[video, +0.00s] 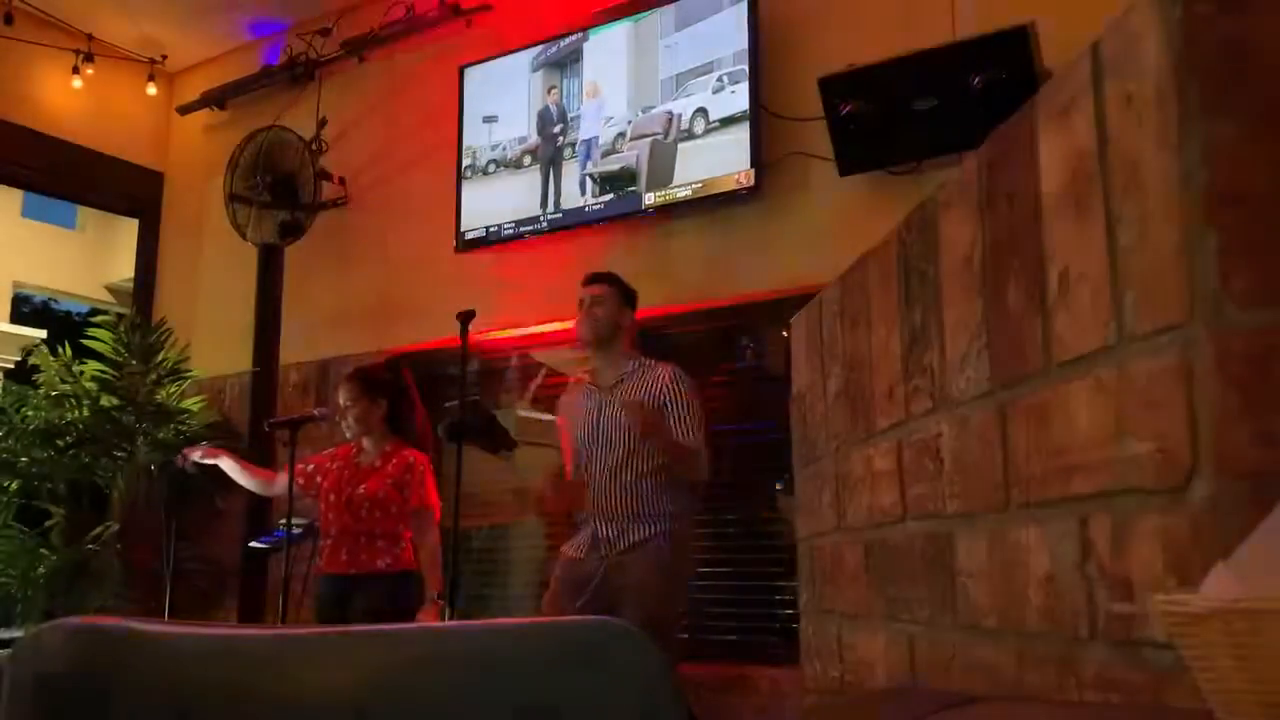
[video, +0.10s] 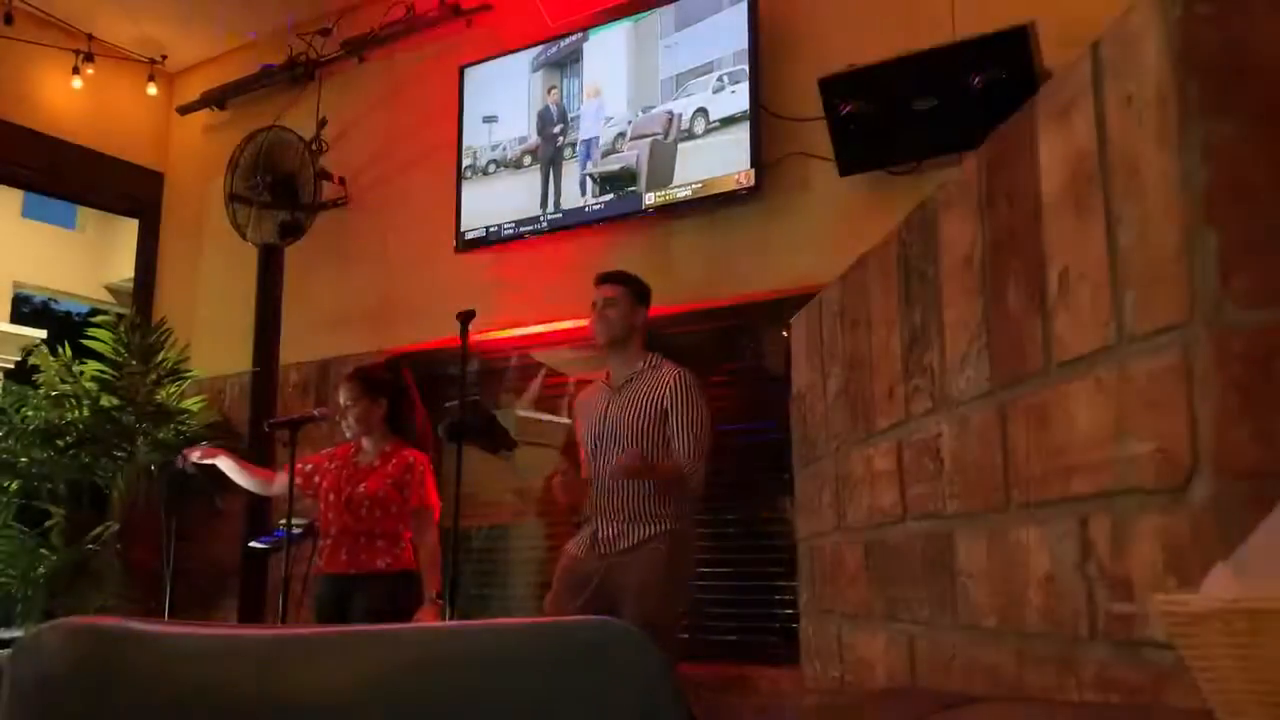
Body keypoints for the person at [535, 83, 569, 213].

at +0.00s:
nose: (556, 96)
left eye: (557, 94)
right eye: (554, 94)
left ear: (559, 95)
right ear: (548, 96)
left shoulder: (561, 109)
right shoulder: (542, 112)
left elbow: (565, 125)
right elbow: (540, 132)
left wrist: (563, 136)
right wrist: (552, 130)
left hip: (558, 148)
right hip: (545, 149)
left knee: (558, 180)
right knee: (545, 180)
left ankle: (557, 205)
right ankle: (543, 207)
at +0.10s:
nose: (556, 96)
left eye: (557, 94)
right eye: (554, 94)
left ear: (559, 96)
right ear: (548, 96)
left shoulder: (562, 109)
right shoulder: (542, 112)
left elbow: (566, 125)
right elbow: (540, 131)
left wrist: (563, 136)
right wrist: (552, 130)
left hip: (558, 149)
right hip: (546, 149)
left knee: (557, 180)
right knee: (545, 181)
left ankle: (557, 205)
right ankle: (543, 207)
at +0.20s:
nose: (556, 96)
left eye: (557, 94)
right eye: (554, 94)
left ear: (559, 95)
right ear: (548, 96)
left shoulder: (562, 109)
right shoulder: (542, 112)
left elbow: (566, 124)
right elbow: (540, 131)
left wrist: (563, 136)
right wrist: (552, 130)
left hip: (558, 148)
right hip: (546, 149)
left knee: (557, 180)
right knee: (545, 180)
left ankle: (557, 205)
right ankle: (544, 206)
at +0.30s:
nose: (556, 96)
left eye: (557, 93)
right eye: (553, 94)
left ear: (559, 95)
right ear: (548, 96)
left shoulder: (561, 109)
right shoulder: (542, 112)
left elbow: (565, 124)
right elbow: (539, 131)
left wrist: (563, 136)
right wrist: (552, 129)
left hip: (558, 148)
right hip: (545, 149)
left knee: (558, 180)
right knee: (545, 180)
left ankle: (557, 205)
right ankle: (543, 207)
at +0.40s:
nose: (556, 96)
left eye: (557, 93)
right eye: (554, 94)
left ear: (558, 95)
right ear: (548, 95)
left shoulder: (561, 109)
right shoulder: (542, 112)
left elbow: (565, 125)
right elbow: (539, 131)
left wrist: (563, 136)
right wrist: (552, 130)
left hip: (558, 145)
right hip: (546, 146)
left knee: (558, 177)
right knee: (545, 178)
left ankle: (557, 205)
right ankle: (544, 206)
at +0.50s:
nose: (556, 96)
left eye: (557, 93)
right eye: (554, 93)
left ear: (558, 94)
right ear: (548, 95)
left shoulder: (561, 109)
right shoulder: (542, 112)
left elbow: (565, 124)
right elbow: (539, 131)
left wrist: (563, 136)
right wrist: (551, 130)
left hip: (558, 145)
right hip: (546, 146)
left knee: (558, 177)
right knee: (545, 178)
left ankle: (557, 204)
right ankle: (544, 206)